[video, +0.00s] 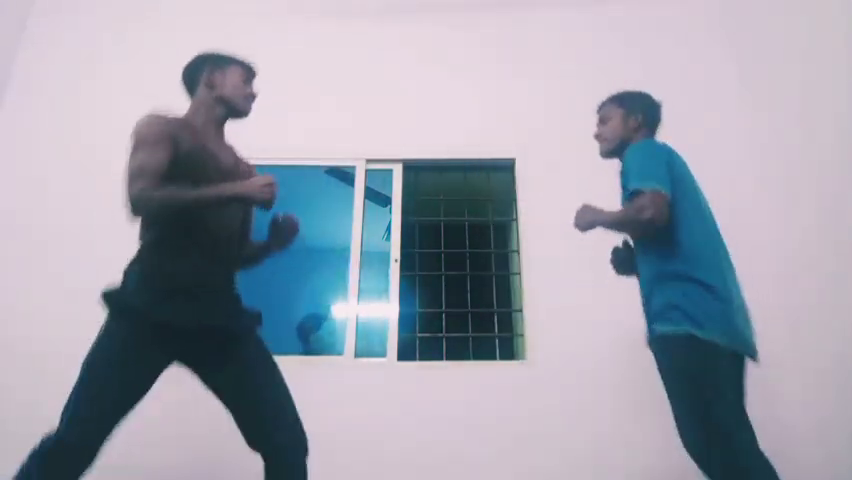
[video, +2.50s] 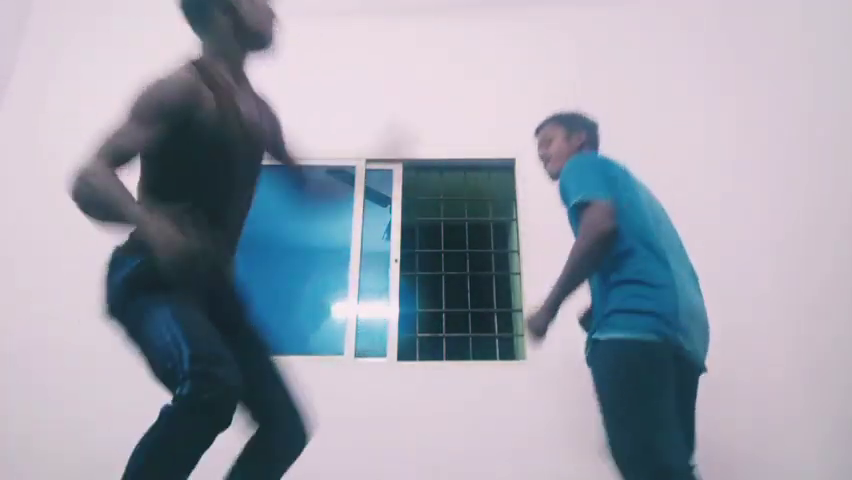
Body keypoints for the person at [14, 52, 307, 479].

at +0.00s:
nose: (254, 91)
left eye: (253, 83)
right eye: (246, 80)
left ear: (218, 84)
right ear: (211, 79)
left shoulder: (240, 167)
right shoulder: (160, 128)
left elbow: (229, 256)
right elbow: (141, 198)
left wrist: (270, 244)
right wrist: (239, 189)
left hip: (217, 318)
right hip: (148, 314)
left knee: (288, 448)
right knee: (72, 448)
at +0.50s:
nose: (323, 108)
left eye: (320, 101)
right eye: (312, 100)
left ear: (296, 112)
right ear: (283, 107)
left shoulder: (325, 174)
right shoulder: (237, 151)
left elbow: (379, 179)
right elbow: (182, 220)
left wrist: (367, 181)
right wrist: (253, 233)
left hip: (262, 333)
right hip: (191, 318)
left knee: (359, 436)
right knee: (102, 405)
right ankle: (14, 471)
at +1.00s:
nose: (334, 3)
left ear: (311, 3)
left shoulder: (304, 77)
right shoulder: (225, 15)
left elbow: (323, 170)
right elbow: (123, 54)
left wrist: (364, 172)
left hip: (235, 207)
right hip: (171, 190)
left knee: (310, 344)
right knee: (150, 326)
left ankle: (264, 473)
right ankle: (89, 466)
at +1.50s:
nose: (296, 13)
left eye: (294, 4)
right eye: (288, 1)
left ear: (256, 9)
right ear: (256, 2)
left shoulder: (251, 111)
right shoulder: (162, 27)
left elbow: (201, 193)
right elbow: (40, 84)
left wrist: (226, 245)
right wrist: (66, 178)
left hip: (156, 258)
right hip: (86, 227)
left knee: (257, 408)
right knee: (70, 362)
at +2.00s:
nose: (295, 15)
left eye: (292, 5)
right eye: (284, 3)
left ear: (254, 12)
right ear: (249, 6)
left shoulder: (254, 104)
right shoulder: (184, 41)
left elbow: (197, 171)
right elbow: (60, 77)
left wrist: (221, 227)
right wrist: (117, 153)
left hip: (195, 263)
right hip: (132, 237)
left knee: (268, 427)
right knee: (43, 386)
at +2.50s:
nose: (269, 10)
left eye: (263, 2)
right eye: (254, 2)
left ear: (223, 17)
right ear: (217, 12)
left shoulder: (257, 111)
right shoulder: (177, 93)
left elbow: (295, 184)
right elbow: (89, 180)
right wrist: (153, 225)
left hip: (211, 283)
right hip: (151, 277)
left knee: (285, 428)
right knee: (210, 391)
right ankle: (141, 476)